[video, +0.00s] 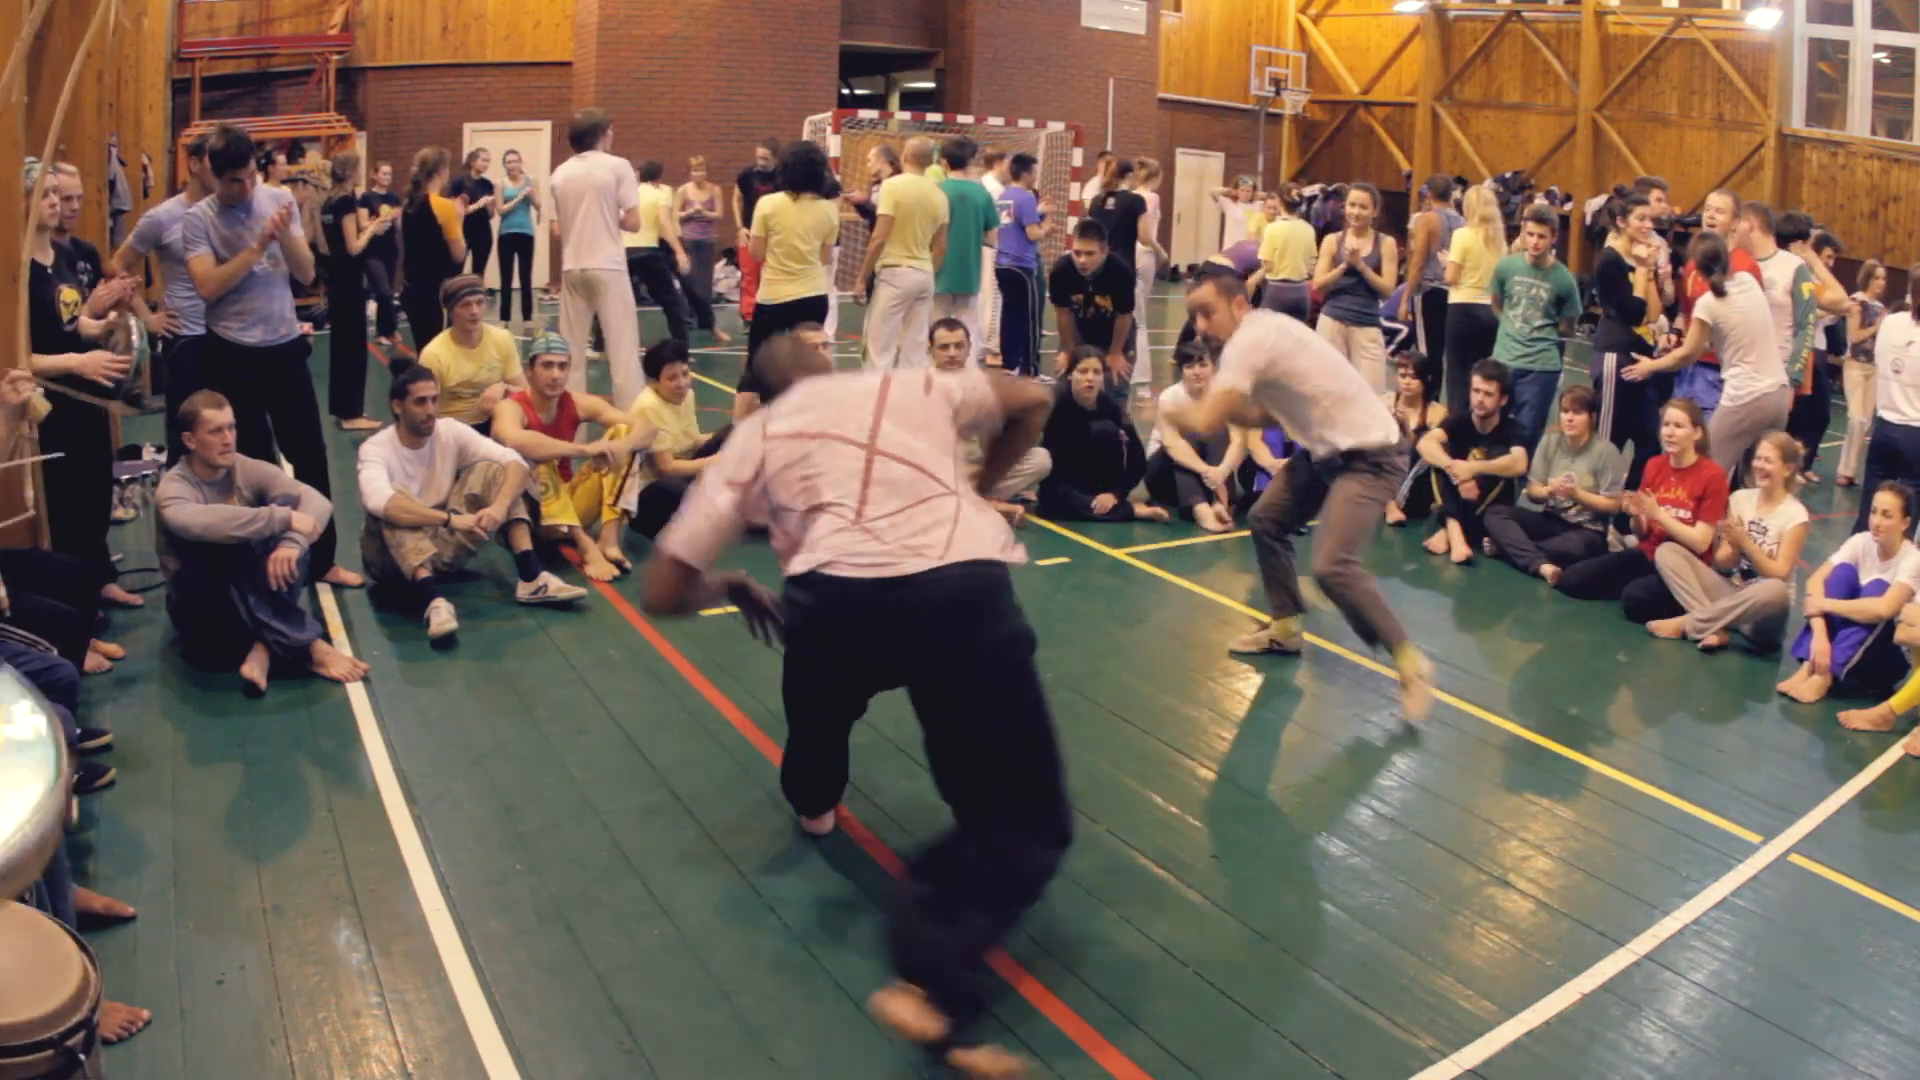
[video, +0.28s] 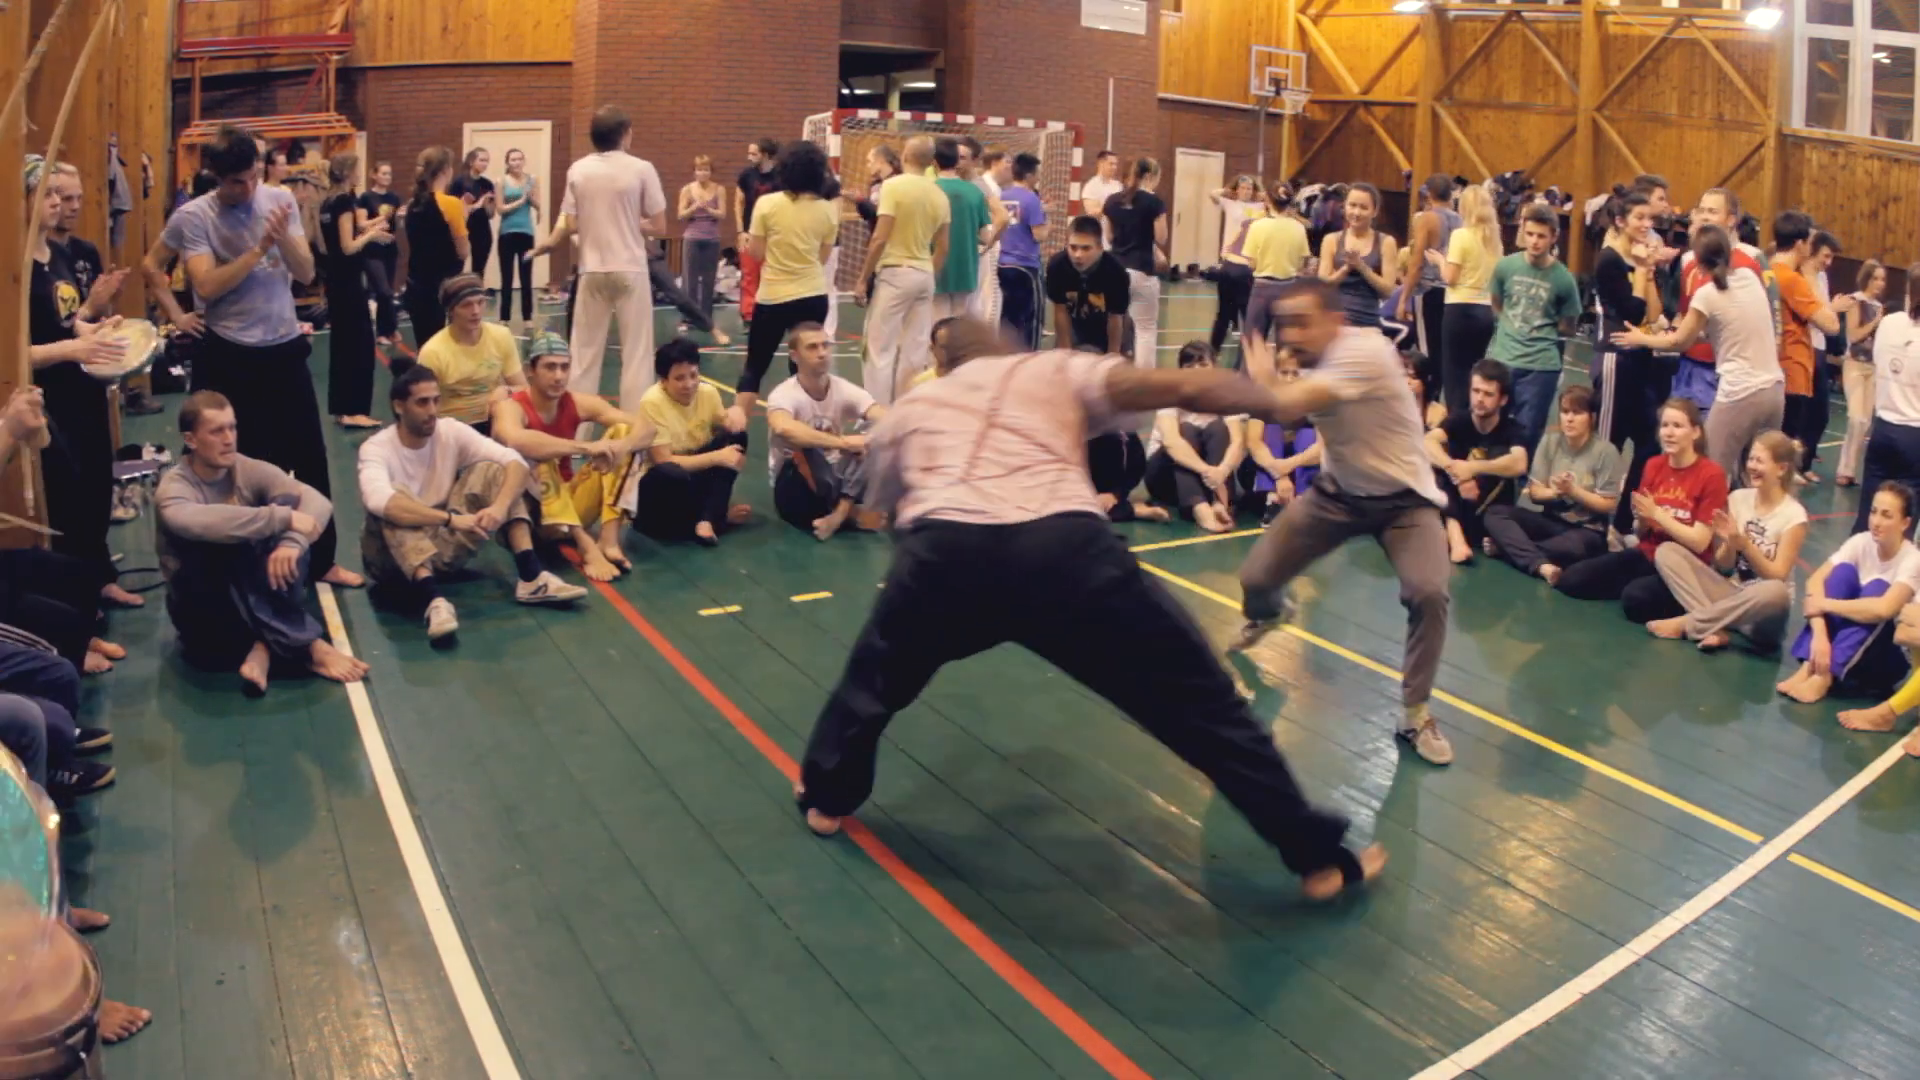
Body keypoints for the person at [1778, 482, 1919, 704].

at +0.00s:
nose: (1876, 521)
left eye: (1886, 515)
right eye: (1874, 512)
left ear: (1905, 523)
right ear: (1868, 512)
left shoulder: (1912, 559)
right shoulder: (1860, 542)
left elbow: (1885, 610)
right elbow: (1814, 581)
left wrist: (1823, 604)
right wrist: (1820, 638)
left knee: (1877, 587)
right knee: (1843, 572)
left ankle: (1823, 676)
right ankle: (1807, 666)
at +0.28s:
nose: (1876, 521)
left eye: (1886, 515)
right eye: (1874, 512)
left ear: (1905, 524)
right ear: (1869, 512)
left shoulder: (1912, 559)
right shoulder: (1860, 542)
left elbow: (1885, 609)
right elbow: (1814, 581)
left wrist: (1823, 604)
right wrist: (1820, 638)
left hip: (1880, 667)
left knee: (1877, 587)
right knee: (1843, 572)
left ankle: (1823, 676)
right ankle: (1808, 666)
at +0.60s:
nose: (1876, 521)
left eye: (1887, 516)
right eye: (1874, 512)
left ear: (1905, 524)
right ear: (1869, 513)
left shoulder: (1912, 559)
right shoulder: (1860, 542)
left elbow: (1885, 610)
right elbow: (1814, 581)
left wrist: (1823, 604)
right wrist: (1820, 638)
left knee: (1877, 587)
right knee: (1843, 572)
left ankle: (1823, 676)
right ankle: (1807, 666)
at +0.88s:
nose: (1877, 522)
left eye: (1887, 516)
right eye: (1874, 513)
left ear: (1906, 524)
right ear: (1869, 513)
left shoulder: (1913, 559)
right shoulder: (1860, 542)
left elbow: (1885, 610)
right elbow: (1814, 581)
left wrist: (1823, 604)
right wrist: (1820, 638)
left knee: (1877, 587)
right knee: (1843, 572)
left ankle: (1824, 676)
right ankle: (1807, 666)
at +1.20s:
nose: (1876, 522)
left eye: (1886, 516)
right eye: (1874, 512)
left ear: (1906, 524)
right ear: (1869, 513)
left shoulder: (1913, 559)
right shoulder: (1860, 542)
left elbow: (1885, 610)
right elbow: (1815, 581)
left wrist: (1823, 604)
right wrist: (1820, 638)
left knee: (1877, 587)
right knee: (1843, 572)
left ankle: (1824, 676)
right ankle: (1807, 666)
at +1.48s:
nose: (1874, 521)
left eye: (1885, 516)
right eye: (1873, 512)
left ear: (1905, 525)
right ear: (1868, 512)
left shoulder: (1912, 559)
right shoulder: (1860, 542)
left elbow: (1885, 610)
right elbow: (1815, 581)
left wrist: (1823, 604)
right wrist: (1820, 637)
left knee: (1876, 587)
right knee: (1843, 572)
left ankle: (1823, 676)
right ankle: (1807, 666)